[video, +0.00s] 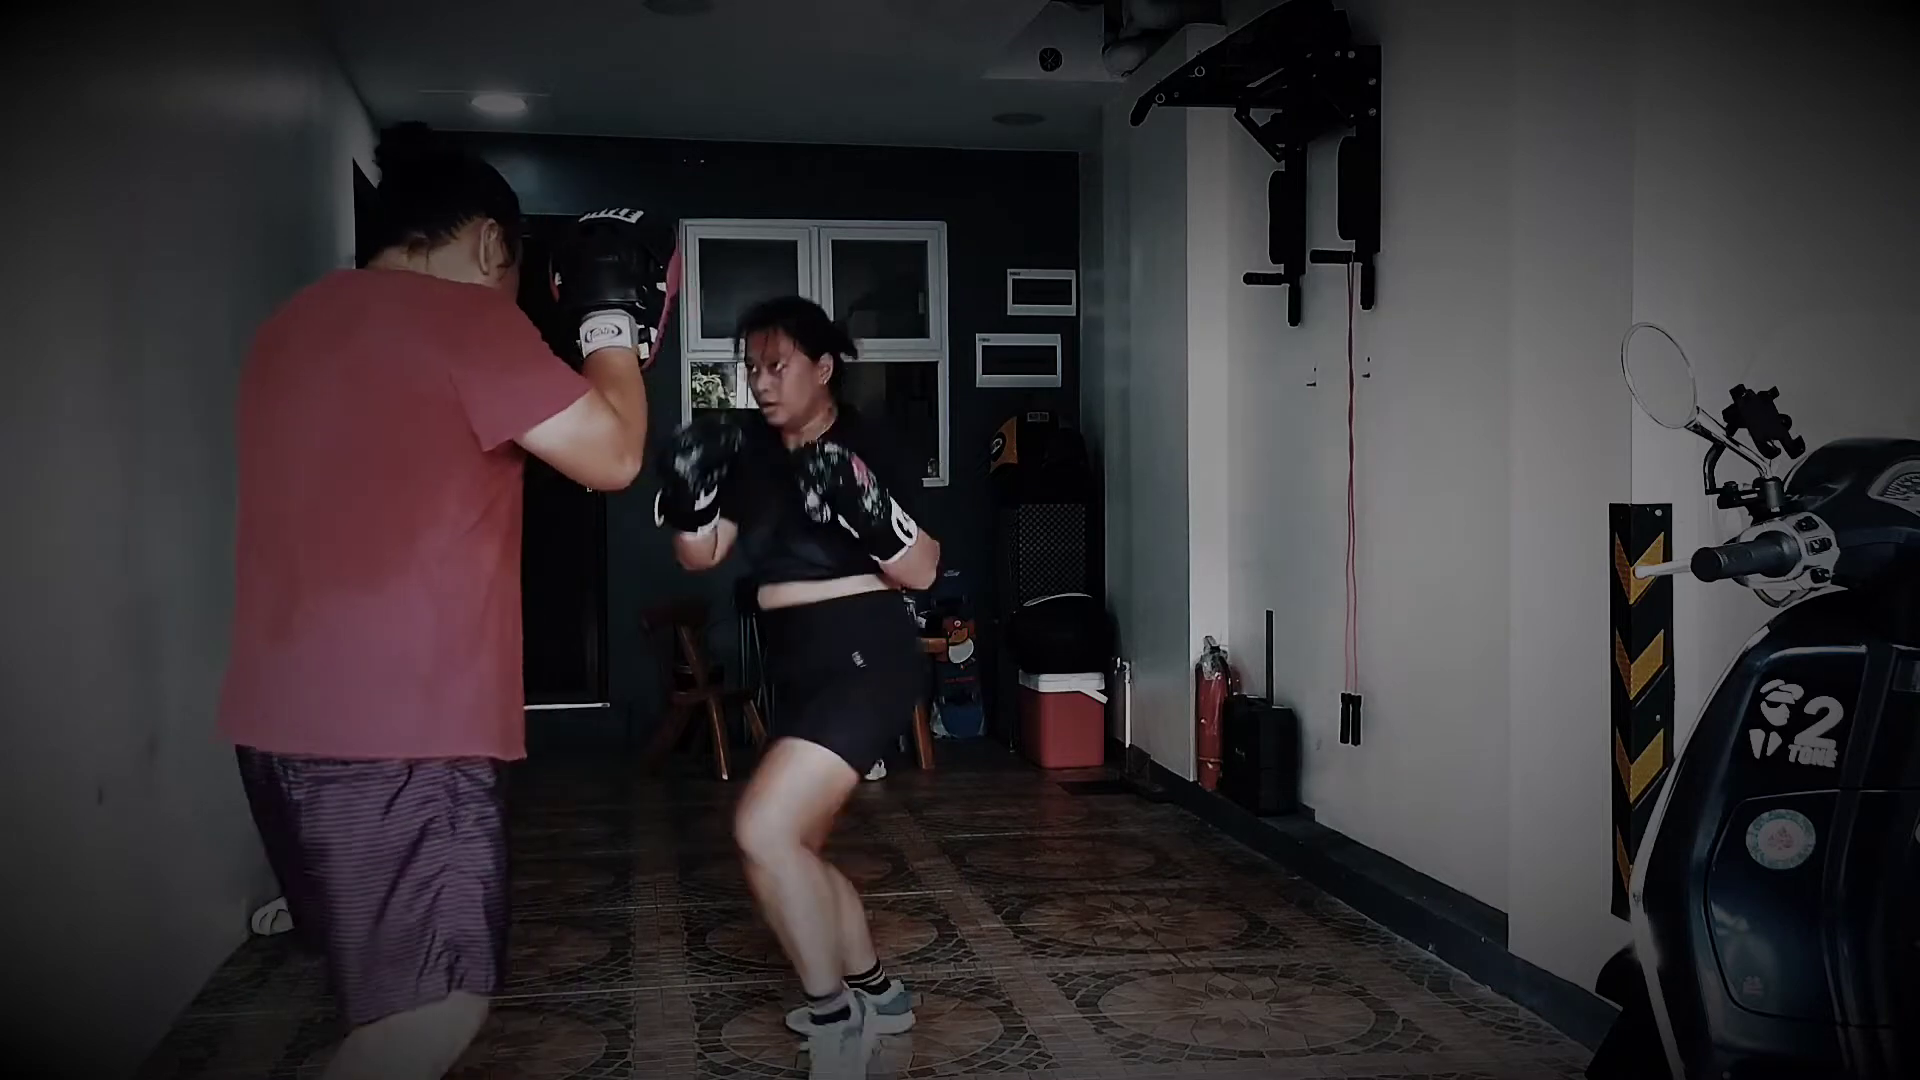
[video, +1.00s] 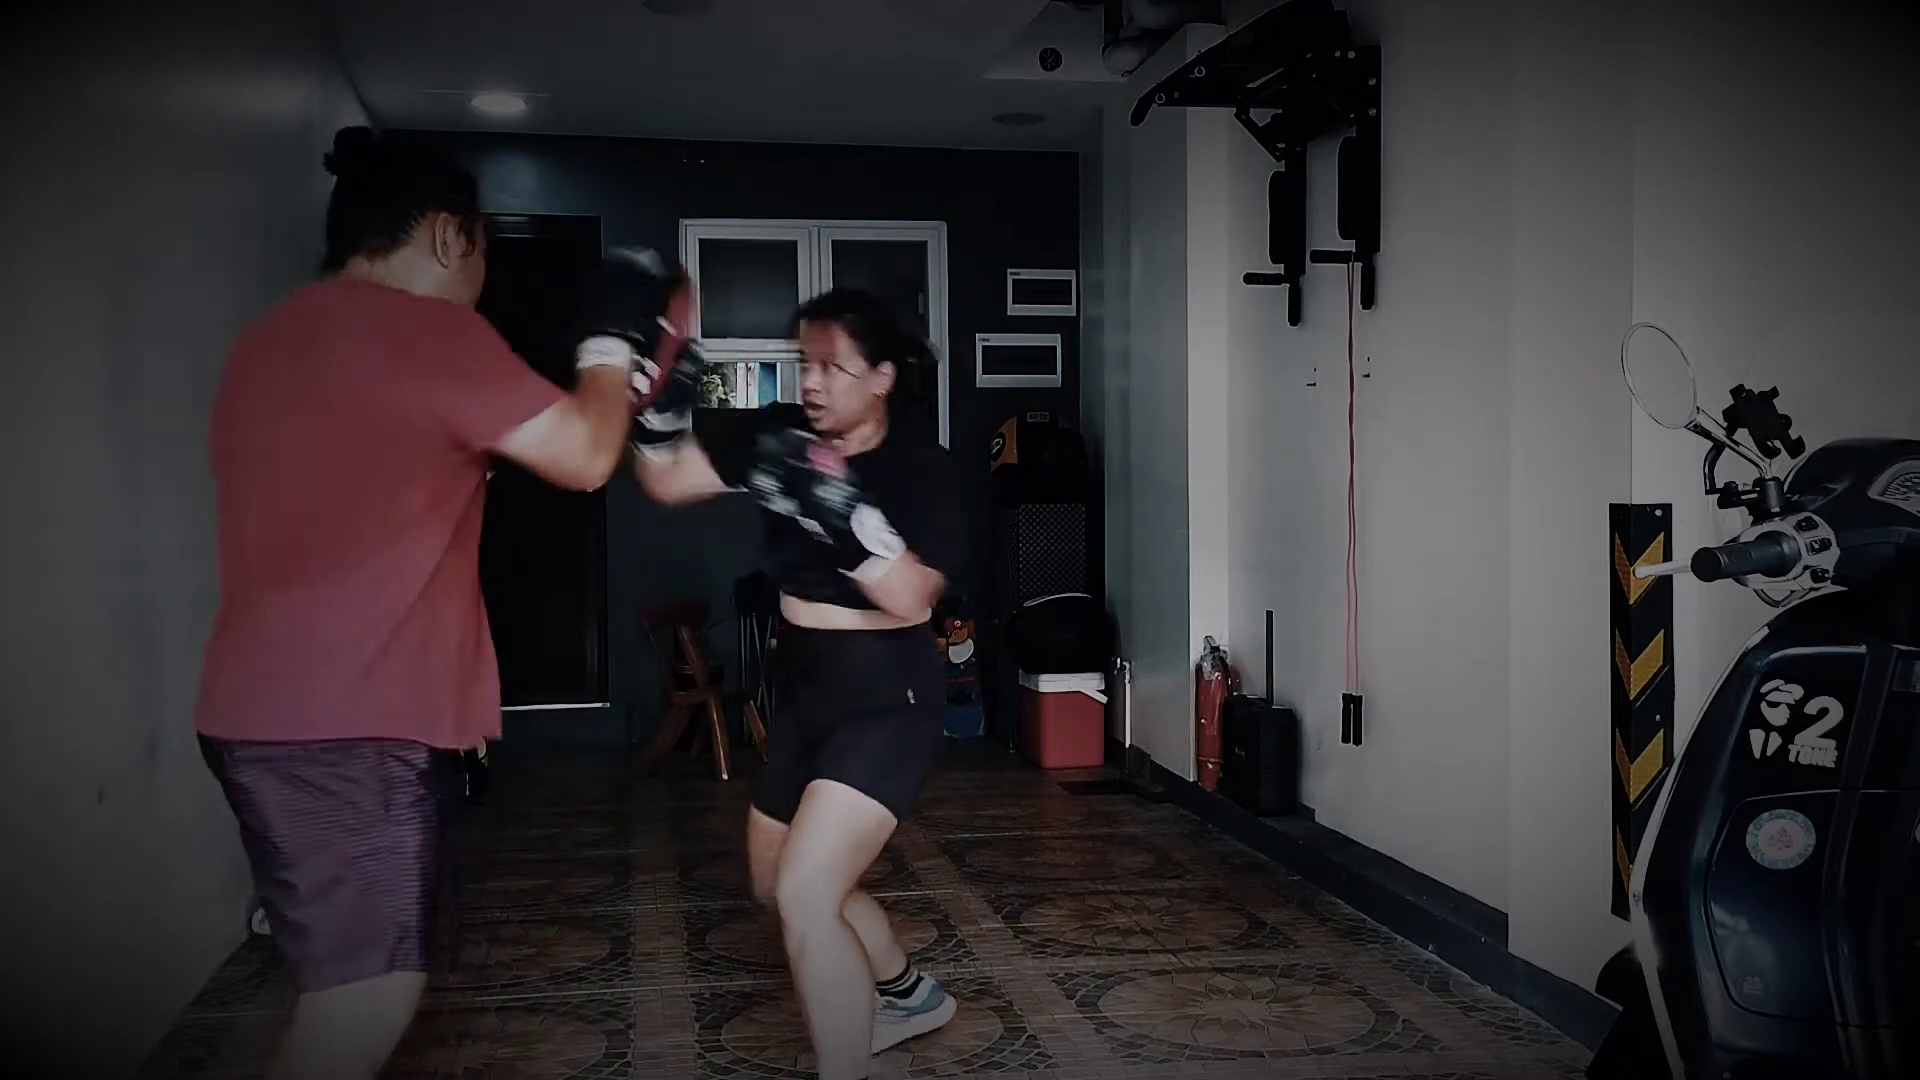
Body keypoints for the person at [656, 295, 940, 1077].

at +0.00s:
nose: (762, 383)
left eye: (778, 365)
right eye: (754, 368)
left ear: (824, 367)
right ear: (746, 376)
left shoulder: (867, 447)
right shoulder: (746, 454)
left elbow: (921, 571)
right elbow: (700, 555)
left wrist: (868, 514)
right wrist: (689, 491)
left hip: (872, 657)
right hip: (791, 663)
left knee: (764, 826)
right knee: (796, 846)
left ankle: (834, 1020)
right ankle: (873, 991)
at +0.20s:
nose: (728, 377)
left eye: (741, 358)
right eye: (721, 365)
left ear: (791, 357)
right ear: (727, 371)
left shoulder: (812, 414)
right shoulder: (798, 434)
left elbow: (771, 469)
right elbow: (779, 559)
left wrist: (690, 405)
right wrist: (721, 523)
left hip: (848, 649)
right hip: (881, 648)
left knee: (748, 841)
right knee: (823, 840)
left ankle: (849, 1033)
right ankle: (871, 990)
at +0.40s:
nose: (743, 362)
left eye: (758, 344)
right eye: (739, 347)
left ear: (812, 348)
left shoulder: (852, 422)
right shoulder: (754, 436)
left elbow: (805, 529)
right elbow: (752, 562)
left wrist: (713, 468)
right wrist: (703, 512)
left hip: (869, 666)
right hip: (794, 664)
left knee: (809, 886)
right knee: (777, 838)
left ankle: (857, 1068)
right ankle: (873, 983)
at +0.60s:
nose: (763, 375)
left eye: (779, 358)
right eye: (757, 359)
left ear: (837, 363)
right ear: (754, 363)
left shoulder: (888, 457)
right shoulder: (749, 437)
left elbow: (924, 592)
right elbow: (645, 467)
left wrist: (853, 564)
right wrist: (590, 415)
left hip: (875, 679)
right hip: (787, 681)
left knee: (815, 882)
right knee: (786, 872)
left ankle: (854, 1063)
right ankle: (888, 994)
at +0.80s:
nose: (744, 385)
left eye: (760, 367)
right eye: (739, 368)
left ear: (814, 370)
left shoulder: (840, 433)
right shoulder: (775, 443)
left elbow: (740, 500)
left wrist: (664, 430)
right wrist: (721, 528)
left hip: (872, 682)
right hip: (804, 674)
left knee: (764, 896)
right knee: (812, 867)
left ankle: (836, 1074)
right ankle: (884, 995)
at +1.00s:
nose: (809, 383)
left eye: (830, 367)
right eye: (804, 365)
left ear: (883, 378)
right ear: (798, 368)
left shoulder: (927, 472)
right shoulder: (785, 440)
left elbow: (910, 598)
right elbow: (671, 479)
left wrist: (849, 513)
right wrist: (659, 405)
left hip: (890, 696)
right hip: (805, 689)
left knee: (809, 895)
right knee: (778, 876)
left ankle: (844, 1071)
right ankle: (905, 989)